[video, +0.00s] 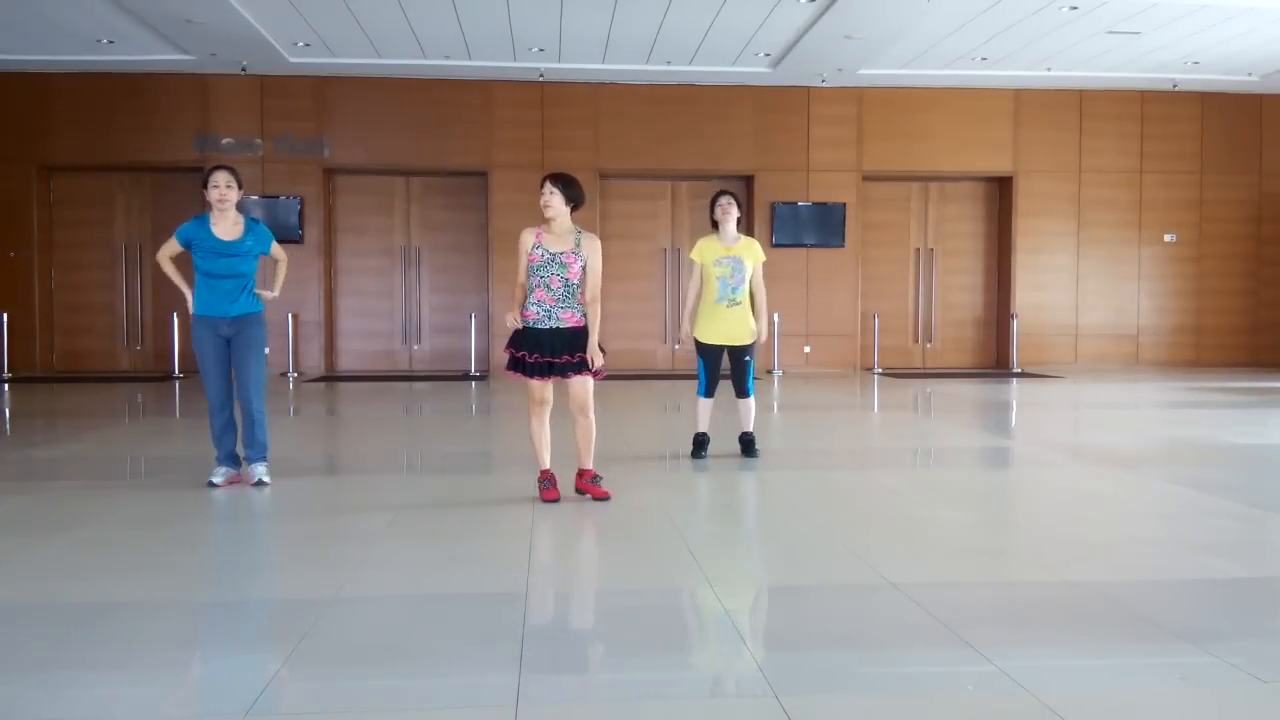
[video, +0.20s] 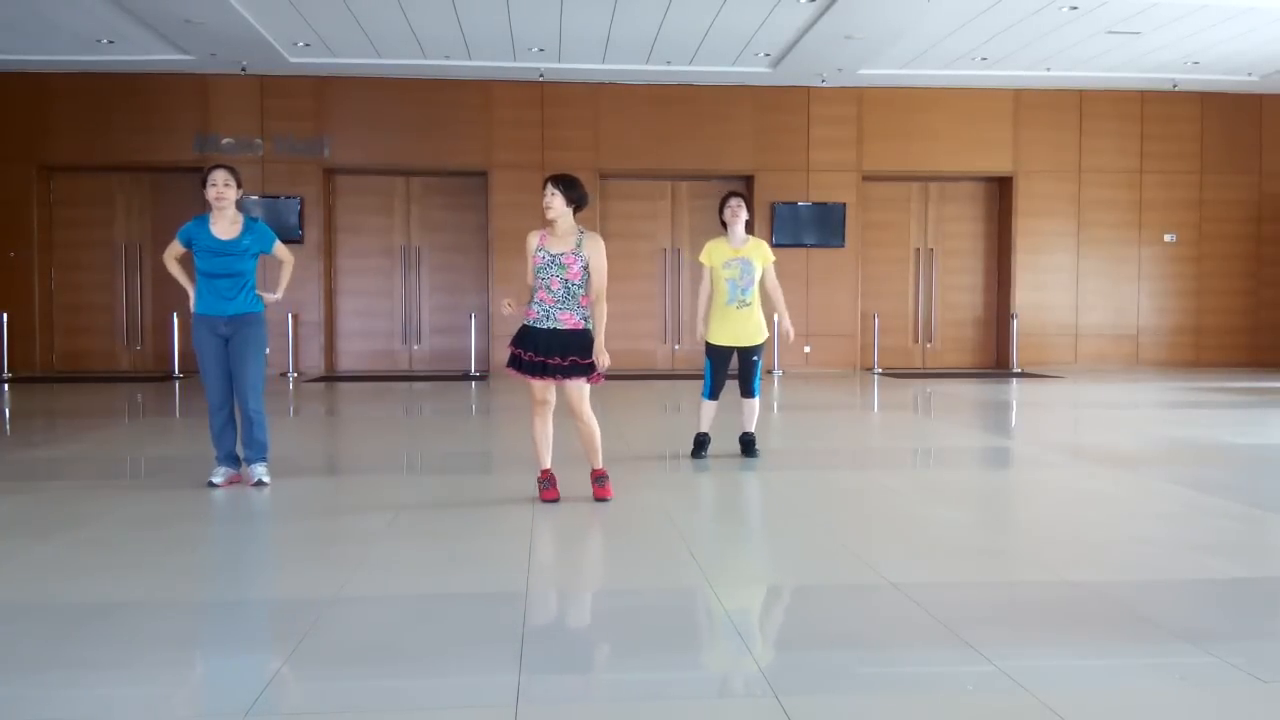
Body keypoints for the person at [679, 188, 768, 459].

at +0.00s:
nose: (725, 207)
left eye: (730, 204)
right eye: (720, 205)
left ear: (739, 211)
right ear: (713, 214)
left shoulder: (752, 246)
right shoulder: (704, 245)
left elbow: (758, 288)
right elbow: (694, 285)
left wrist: (762, 323)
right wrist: (686, 320)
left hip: (742, 327)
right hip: (708, 326)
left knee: (744, 386)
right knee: (706, 386)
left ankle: (748, 437)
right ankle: (701, 437)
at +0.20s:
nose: (734, 209)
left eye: (739, 206)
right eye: (729, 206)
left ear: (748, 214)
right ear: (722, 215)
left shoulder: (760, 247)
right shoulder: (712, 248)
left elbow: (773, 286)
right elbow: (705, 288)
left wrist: (784, 317)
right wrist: (700, 322)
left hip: (751, 328)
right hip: (719, 328)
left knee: (750, 388)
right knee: (712, 387)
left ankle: (748, 437)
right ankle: (702, 438)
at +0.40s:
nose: (741, 212)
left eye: (746, 209)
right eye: (736, 209)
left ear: (754, 215)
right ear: (728, 216)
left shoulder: (766, 249)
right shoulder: (718, 249)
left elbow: (777, 288)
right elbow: (712, 290)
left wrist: (788, 320)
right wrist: (710, 326)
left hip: (757, 330)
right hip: (725, 329)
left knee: (753, 388)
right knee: (715, 387)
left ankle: (749, 437)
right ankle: (705, 437)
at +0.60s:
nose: (741, 211)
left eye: (746, 207)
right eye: (737, 207)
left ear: (754, 214)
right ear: (729, 214)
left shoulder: (766, 248)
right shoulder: (718, 248)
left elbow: (773, 288)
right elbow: (712, 287)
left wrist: (775, 323)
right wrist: (707, 321)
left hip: (756, 328)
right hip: (724, 327)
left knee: (752, 386)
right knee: (714, 384)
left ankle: (749, 437)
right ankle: (702, 435)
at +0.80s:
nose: (736, 211)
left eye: (741, 208)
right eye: (732, 207)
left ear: (749, 214)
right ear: (724, 214)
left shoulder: (760, 248)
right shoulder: (713, 247)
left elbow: (766, 287)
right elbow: (707, 287)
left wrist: (767, 322)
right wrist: (703, 323)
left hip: (751, 328)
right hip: (719, 327)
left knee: (749, 386)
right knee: (709, 385)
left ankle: (748, 437)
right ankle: (697, 436)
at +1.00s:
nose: (727, 211)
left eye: (733, 208)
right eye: (723, 207)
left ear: (739, 215)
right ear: (714, 213)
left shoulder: (749, 246)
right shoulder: (701, 247)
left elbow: (758, 287)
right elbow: (694, 286)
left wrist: (764, 321)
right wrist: (689, 322)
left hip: (740, 328)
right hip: (706, 327)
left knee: (742, 386)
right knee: (702, 386)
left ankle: (747, 437)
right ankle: (696, 436)